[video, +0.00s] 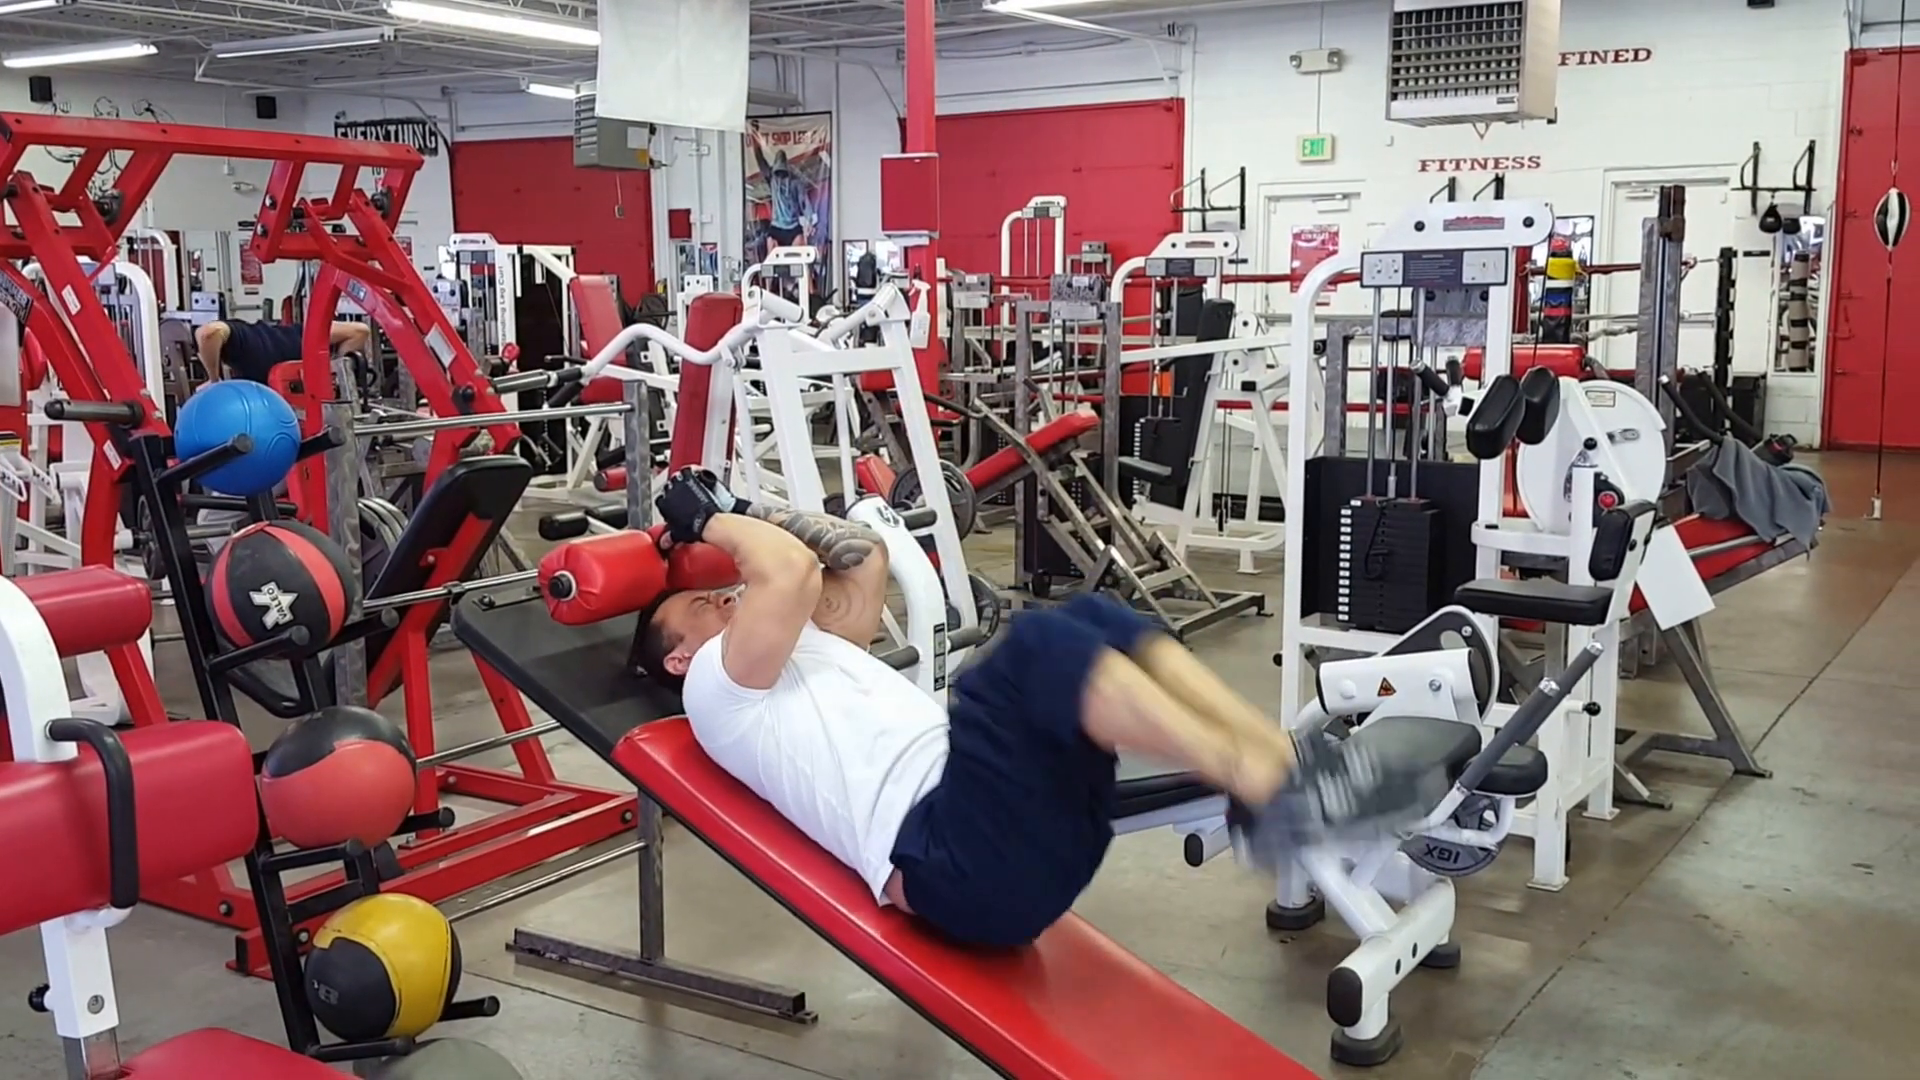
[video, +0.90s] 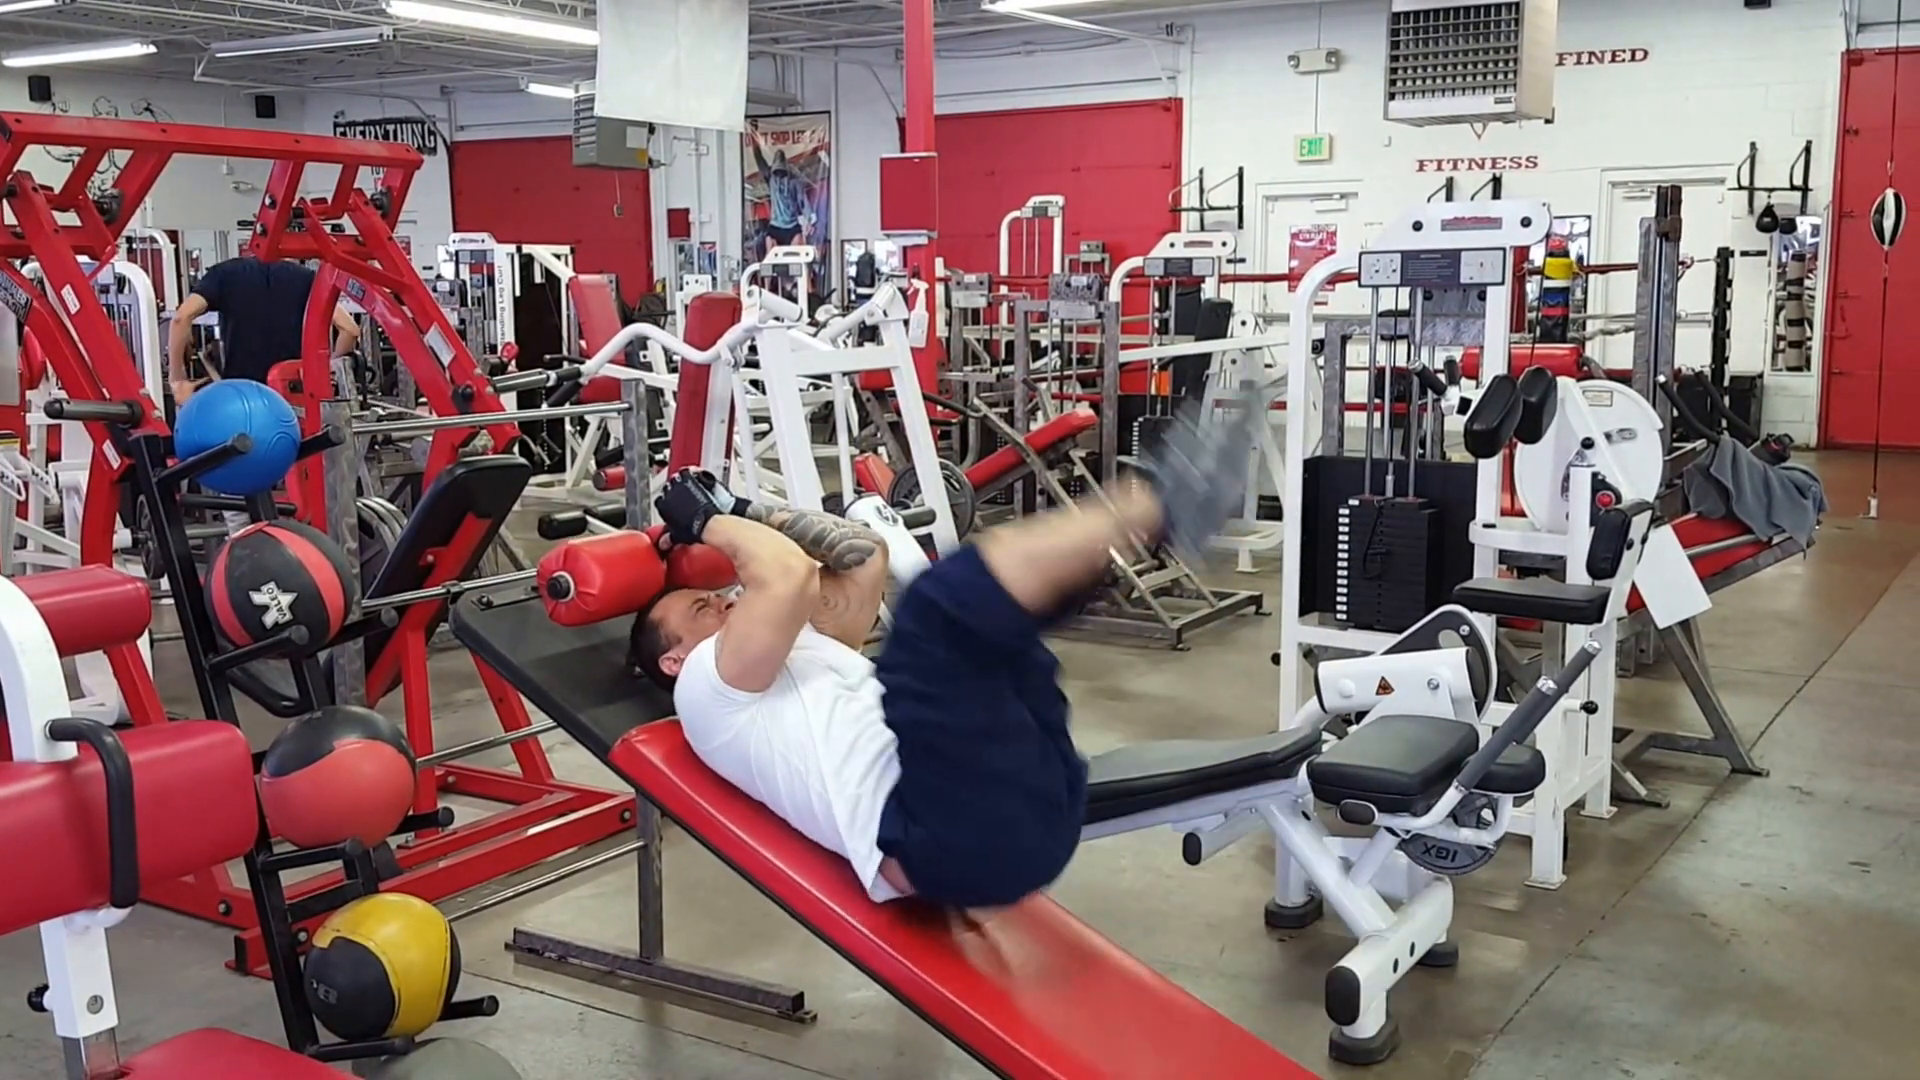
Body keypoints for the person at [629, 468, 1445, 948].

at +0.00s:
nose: (712, 612)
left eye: (699, 606)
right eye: (690, 615)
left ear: (712, 614)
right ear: (677, 650)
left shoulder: (818, 648)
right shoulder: (716, 691)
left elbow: (860, 554)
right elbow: (784, 563)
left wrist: (750, 531)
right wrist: (711, 521)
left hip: (1012, 824)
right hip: (952, 865)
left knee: (1098, 613)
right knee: (1044, 643)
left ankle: (1283, 767)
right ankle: (1250, 780)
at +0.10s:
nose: (719, 606)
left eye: (710, 598)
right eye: (698, 608)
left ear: (729, 614)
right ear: (682, 652)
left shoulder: (824, 654)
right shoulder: (718, 695)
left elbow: (862, 550)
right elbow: (783, 564)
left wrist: (756, 531)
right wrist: (700, 517)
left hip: (1015, 852)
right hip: (952, 885)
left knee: (1146, 667)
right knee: (1090, 699)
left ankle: (1322, 872)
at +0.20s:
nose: (727, 606)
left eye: (713, 599)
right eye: (699, 609)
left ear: (731, 610)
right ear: (682, 647)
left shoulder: (826, 657)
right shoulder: (719, 693)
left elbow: (863, 558)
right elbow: (782, 564)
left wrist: (753, 524)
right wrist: (711, 524)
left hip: (1015, 842)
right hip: (957, 883)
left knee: (1199, 716)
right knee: (1140, 743)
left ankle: (1357, 955)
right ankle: (1307, 980)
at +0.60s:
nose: (733, 602)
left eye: (725, 595)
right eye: (707, 606)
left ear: (738, 613)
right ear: (684, 646)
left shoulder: (825, 664)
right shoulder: (722, 698)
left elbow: (869, 562)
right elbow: (786, 571)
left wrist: (760, 541)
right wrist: (703, 528)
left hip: (1022, 837)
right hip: (962, 882)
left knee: (1232, 774)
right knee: (1176, 793)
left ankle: (1433, 984)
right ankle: (1387, 1014)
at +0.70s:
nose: (725, 603)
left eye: (716, 597)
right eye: (702, 607)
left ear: (722, 621)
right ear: (682, 655)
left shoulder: (818, 655)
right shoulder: (720, 702)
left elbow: (866, 559)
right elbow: (792, 569)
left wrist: (770, 527)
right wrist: (713, 525)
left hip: (1013, 838)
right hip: (958, 879)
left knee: (1156, 678)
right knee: (1103, 711)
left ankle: (1362, 829)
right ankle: (1325, 837)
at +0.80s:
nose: (708, 600)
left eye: (698, 596)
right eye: (690, 605)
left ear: (712, 620)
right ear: (678, 649)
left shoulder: (812, 653)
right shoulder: (714, 693)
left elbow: (867, 560)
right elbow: (788, 566)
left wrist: (797, 540)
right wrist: (704, 520)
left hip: (1005, 832)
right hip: (947, 871)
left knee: (1053, 618)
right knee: (1016, 640)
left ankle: (1269, 643)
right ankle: (1251, 660)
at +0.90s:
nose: (725, 605)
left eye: (720, 597)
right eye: (701, 608)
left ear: (742, 603)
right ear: (671, 660)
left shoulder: (805, 656)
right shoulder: (707, 694)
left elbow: (863, 562)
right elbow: (785, 573)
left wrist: (756, 529)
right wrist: (711, 521)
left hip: (1025, 816)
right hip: (962, 840)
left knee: (970, 595)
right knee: (942, 600)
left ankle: (1163, 502)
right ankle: (1155, 500)